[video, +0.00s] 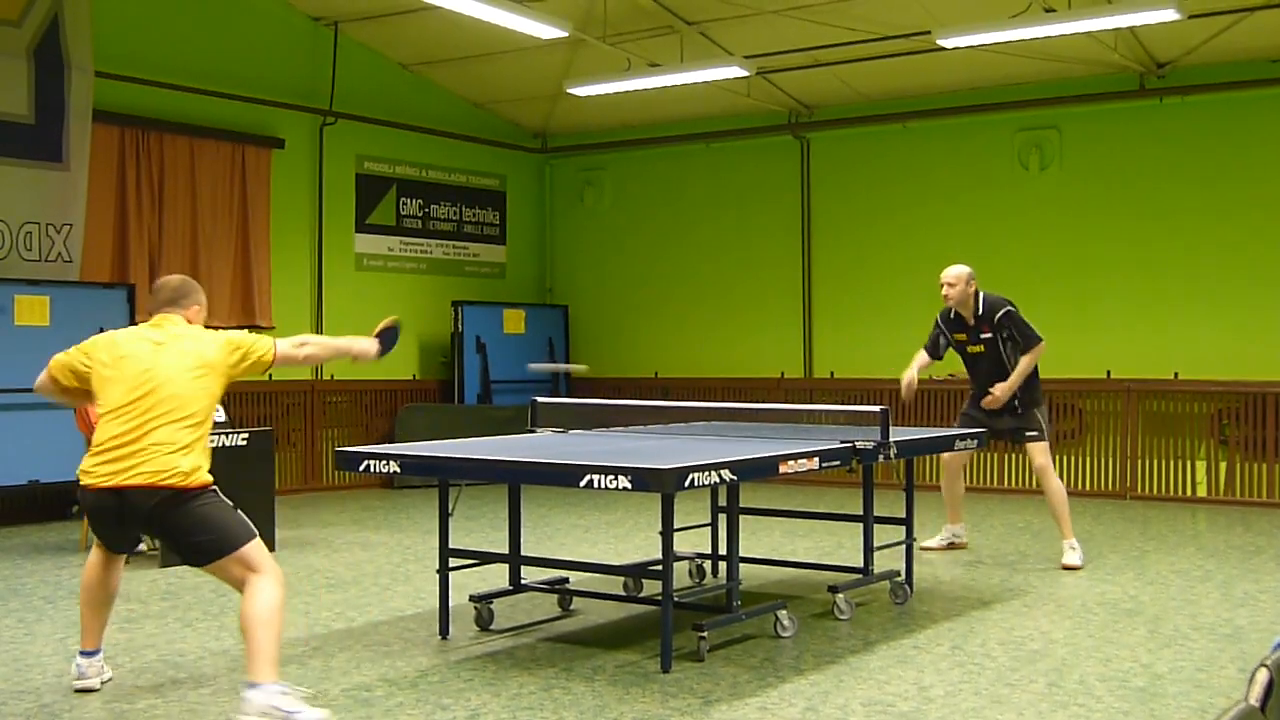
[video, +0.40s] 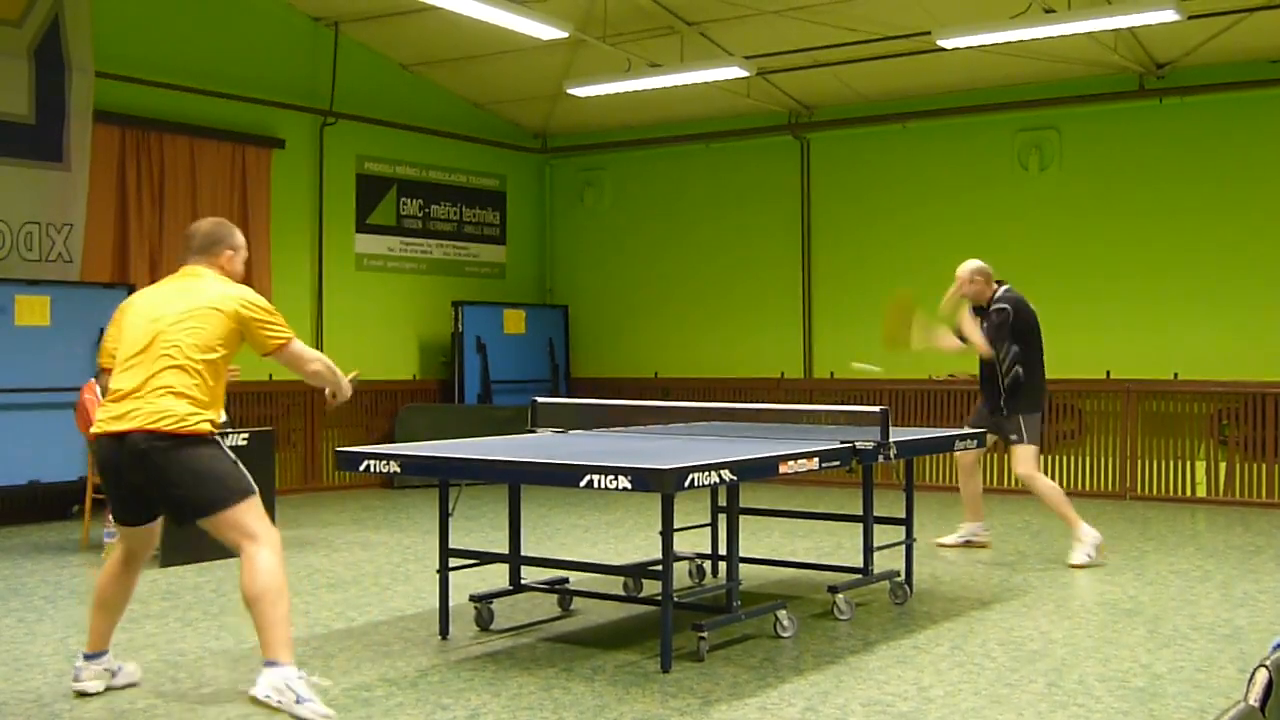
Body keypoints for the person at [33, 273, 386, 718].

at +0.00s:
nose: (205, 318)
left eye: (204, 312)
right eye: (204, 312)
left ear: (152, 311)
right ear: (194, 311)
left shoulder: (105, 344)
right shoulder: (217, 344)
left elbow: (44, 384)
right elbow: (300, 350)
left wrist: (92, 396)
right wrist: (364, 346)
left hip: (104, 485)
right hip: (176, 486)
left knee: (108, 550)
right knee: (261, 574)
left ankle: (87, 660)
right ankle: (263, 687)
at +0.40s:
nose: (243, 266)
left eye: (243, 258)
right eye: (242, 258)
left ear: (190, 255)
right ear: (228, 256)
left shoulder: (136, 300)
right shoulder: (236, 297)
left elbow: (108, 372)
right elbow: (308, 363)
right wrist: (336, 381)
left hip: (114, 440)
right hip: (179, 437)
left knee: (131, 549)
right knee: (260, 540)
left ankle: (92, 663)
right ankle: (280, 671)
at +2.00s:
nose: (659, 238)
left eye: (661, 226)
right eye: (658, 224)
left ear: (615, 215)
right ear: (632, 218)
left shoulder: (571, 258)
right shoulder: (588, 269)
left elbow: (535, 352)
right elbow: (548, 360)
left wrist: (560, 437)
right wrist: (546, 466)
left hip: (507, 440)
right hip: (520, 447)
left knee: (531, 576)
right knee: (537, 584)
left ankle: (457, 669)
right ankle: (477, 709)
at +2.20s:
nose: (735, 242)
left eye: (737, 229)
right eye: (732, 228)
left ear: (694, 221)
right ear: (703, 221)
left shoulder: (646, 264)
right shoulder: (666, 270)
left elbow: (588, 343)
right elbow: (669, 373)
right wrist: (734, 456)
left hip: (627, 456)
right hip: (598, 453)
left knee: (680, 573)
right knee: (554, 581)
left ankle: (721, 699)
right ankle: (482, 706)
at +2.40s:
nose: (815, 231)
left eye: (817, 219)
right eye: (813, 217)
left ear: (780, 207)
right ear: (786, 208)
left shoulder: (755, 259)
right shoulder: (748, 259)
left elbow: (737, 358)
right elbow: (754, 353)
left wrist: (769, 419)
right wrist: (829, 423)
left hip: (744, 446)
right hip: (717, 446)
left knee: (769, 562)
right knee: (742, 572)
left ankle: (743, 703)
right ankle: (606, 669)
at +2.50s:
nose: (847, 222)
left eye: (849, 210)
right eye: (844, 208)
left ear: (811, 198)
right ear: (815, 198)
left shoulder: (784, 250)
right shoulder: (780, 249)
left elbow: (784, 345)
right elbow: (780, 342)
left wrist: (825, 417)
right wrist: (844, 419)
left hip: (755, 436)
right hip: (762, 437)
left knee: (768, 569)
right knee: (809, 563)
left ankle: (743, 700)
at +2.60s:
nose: (900, 220)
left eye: (902, 208)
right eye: (895, 206)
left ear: (855, 200)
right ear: (865, 199)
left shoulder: (816, 250)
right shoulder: (839, 249)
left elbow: (815, 351)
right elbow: (821, 340)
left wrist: (884, 391)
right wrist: (867, 433)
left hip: (784, 436)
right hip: (819, 440)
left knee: (776, 566)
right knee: (880, 562)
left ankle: (744, 699)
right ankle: (875, 702)